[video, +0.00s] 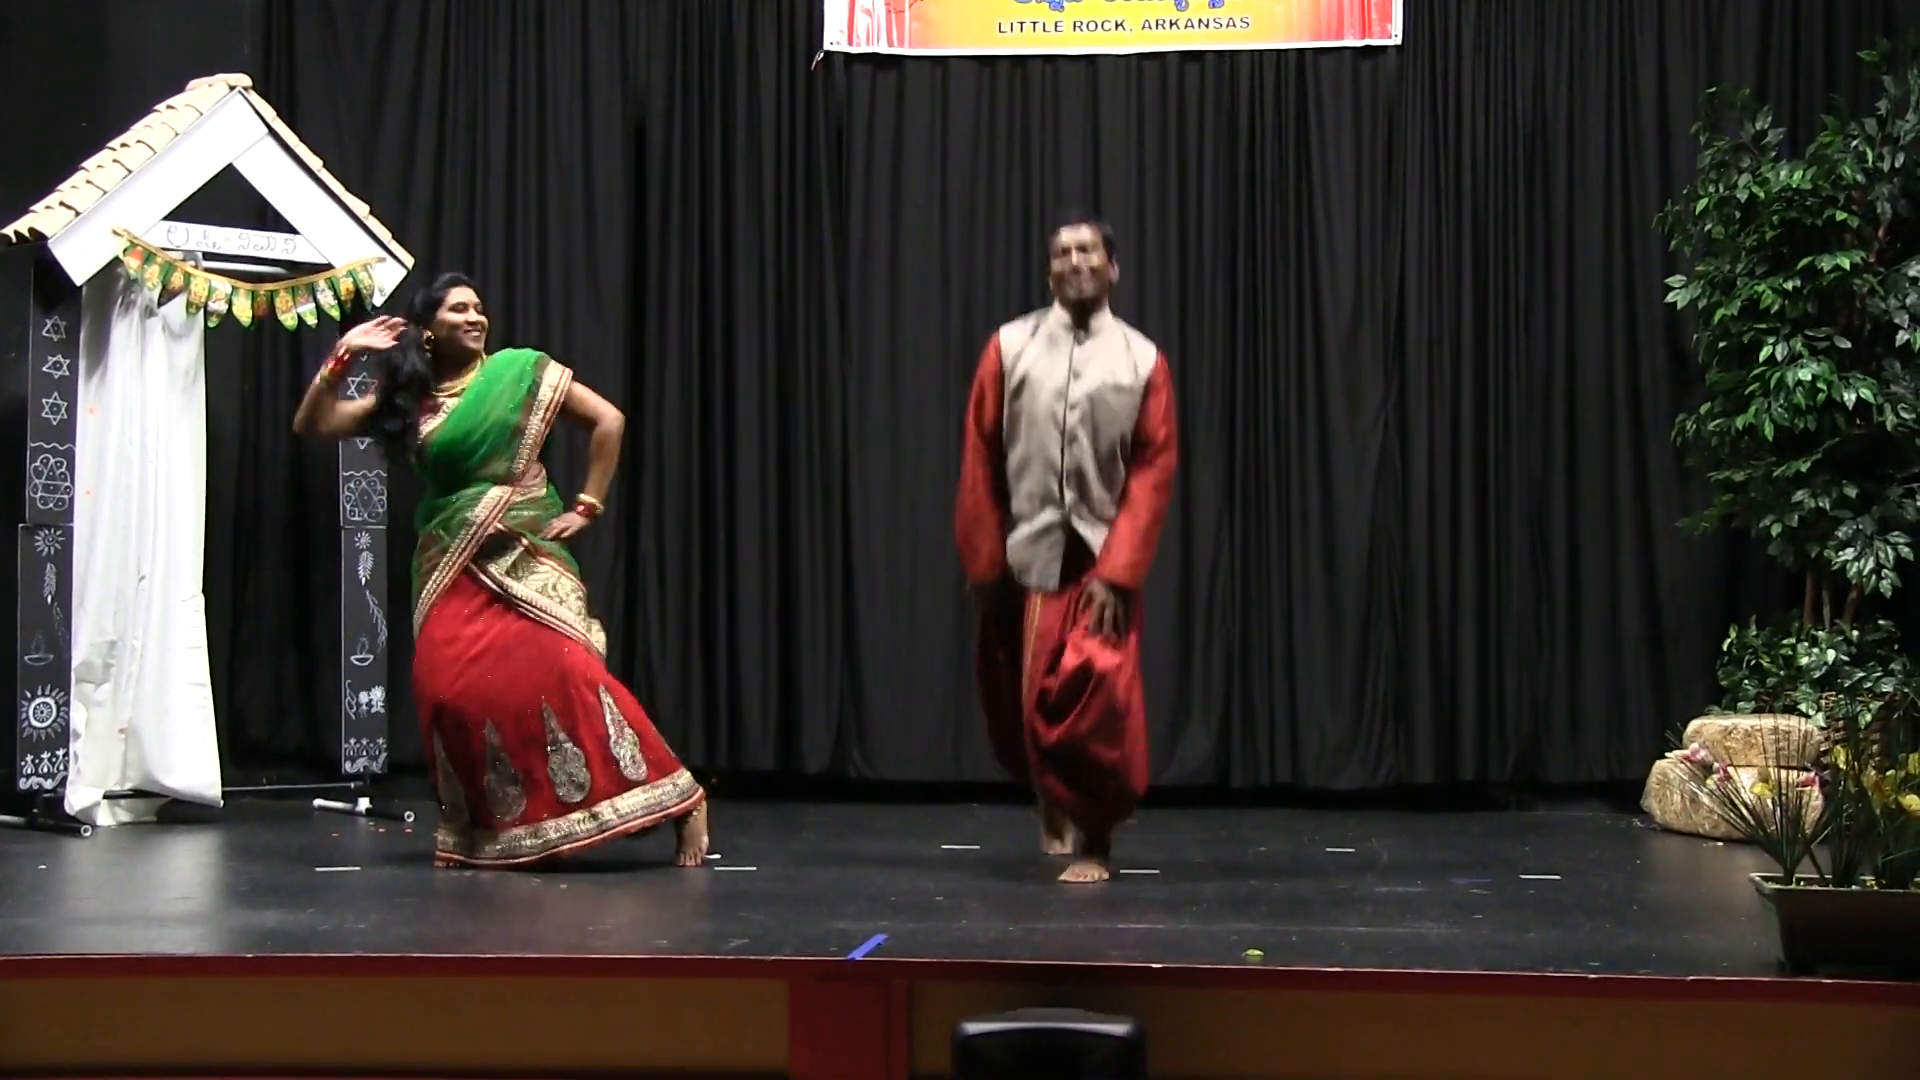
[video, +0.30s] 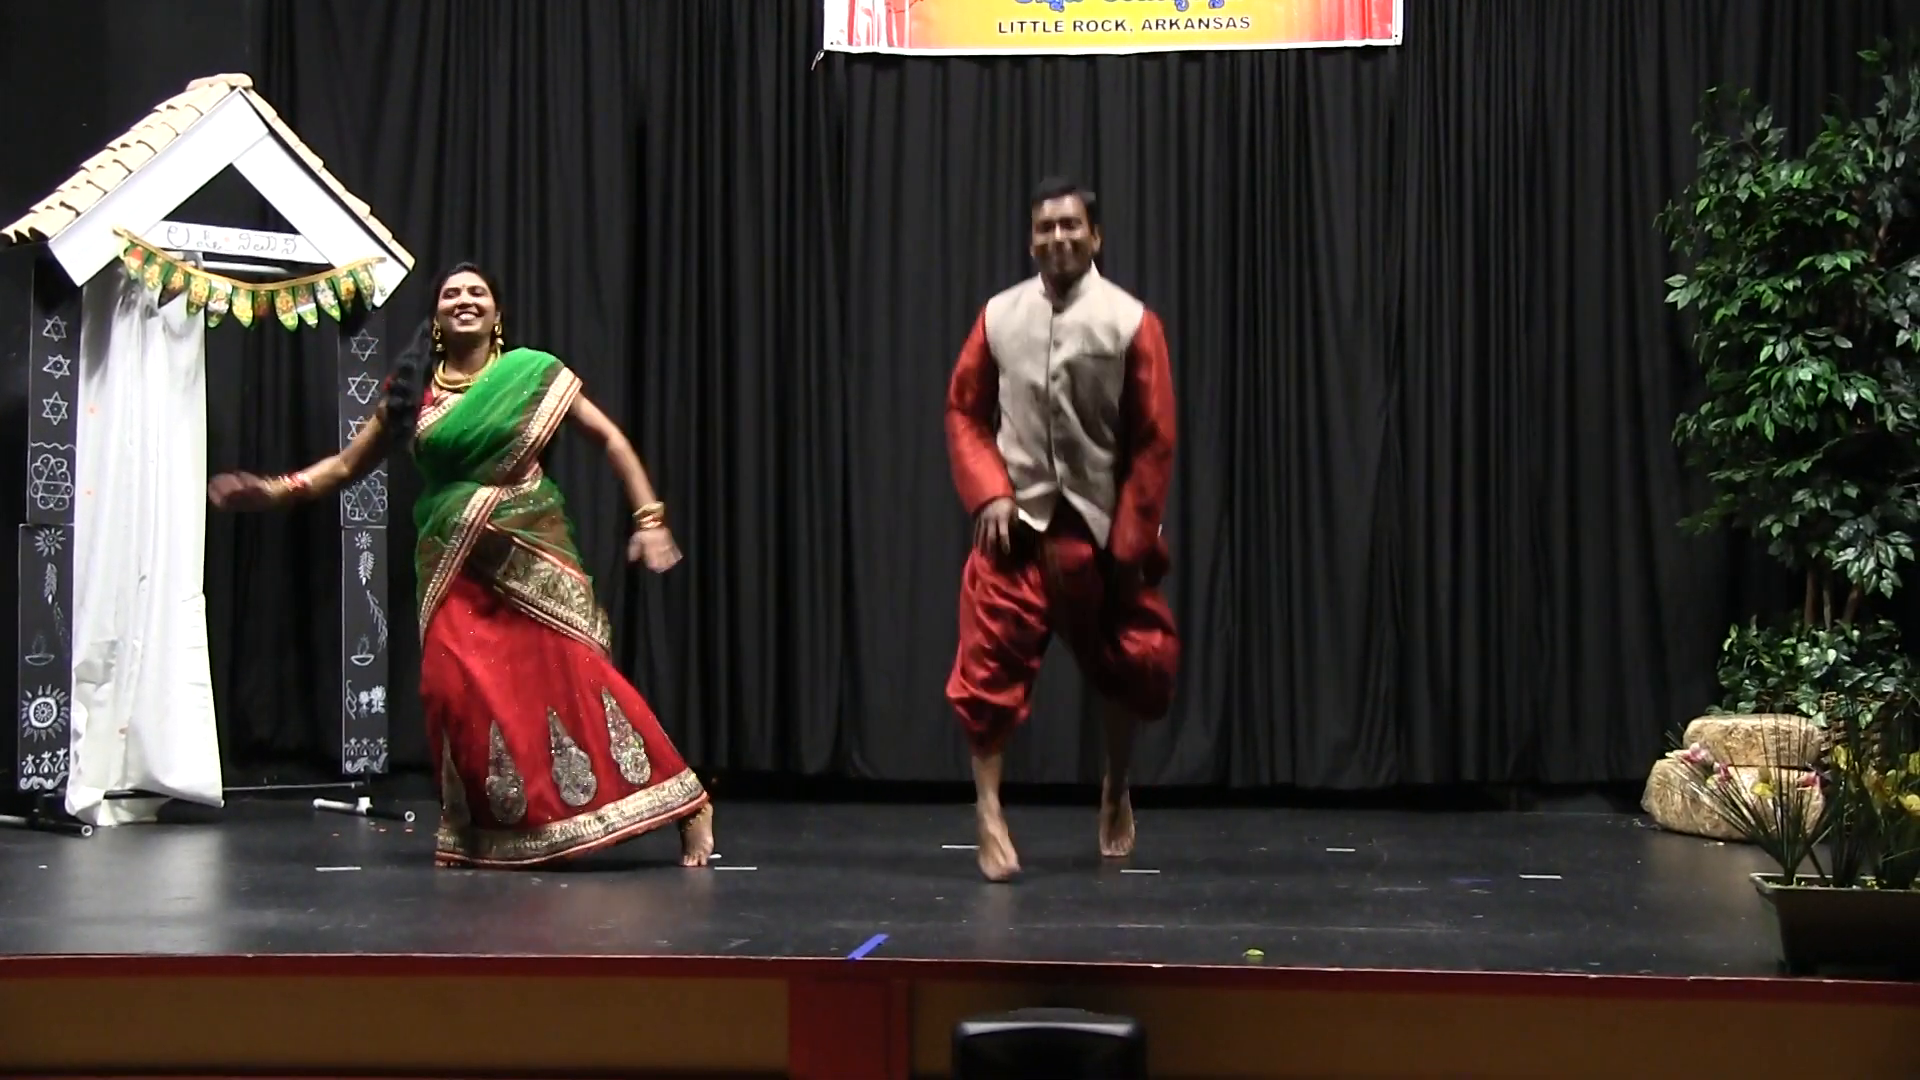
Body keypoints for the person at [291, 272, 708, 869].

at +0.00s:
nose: (474, 316)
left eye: (478, 309)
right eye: (458, 308)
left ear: (488, 322)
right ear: (426, 326)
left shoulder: (519, 369)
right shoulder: (409, 396)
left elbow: (608, 419)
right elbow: (313, 424)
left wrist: (589, 503)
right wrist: (341, 356)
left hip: (531, 549)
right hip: (451, 558)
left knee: (573, 671)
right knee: (440, 689)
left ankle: (685, 798)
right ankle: (461, 821)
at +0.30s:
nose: (464, 300)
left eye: (476, 294)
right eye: (451, 296)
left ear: (497, 317)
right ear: (436, 322)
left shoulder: (530, 370)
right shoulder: (412, 389)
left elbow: (611, 436)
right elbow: (346, 463)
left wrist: (651, 518)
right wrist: (270, 490)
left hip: (533, 550)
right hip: (452, 560)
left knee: (584, 677)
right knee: (447, 686)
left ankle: (688, 802)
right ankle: (463, 828)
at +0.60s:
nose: (467, 296)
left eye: (479, 288)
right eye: (457, 288)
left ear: (500, 307)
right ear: (444, 307)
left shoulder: (517, 373)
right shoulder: (426, 376)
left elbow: (542, 380)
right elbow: (389, 370)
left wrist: (515, 308)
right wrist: (379, 318)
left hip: (522, 539)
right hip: (445, 546)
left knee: (570, 660)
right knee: (447, 682)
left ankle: (624, 802)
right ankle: (477, 827)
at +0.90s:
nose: (480, 287)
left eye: (493, 276)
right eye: (477, 278)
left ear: (530, 286)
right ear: (475, 290)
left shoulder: (567, 352)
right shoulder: (451, 354)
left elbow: (662, 348)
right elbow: (375, 394)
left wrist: (623, 282)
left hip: (524, 528)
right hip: (443, 524)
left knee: (525, 667)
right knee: (376, 655)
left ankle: (522, 823)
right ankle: (320, 815)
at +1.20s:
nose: (488, 309)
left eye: (501, 300)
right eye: (490, 299)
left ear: (536, 313)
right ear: (497, 310)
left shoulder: (581, 380)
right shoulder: (465, 380)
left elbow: (674, 374)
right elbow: (407, 449)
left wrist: (625, 328)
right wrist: (369, 524)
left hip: (503, 546)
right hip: (423, 534)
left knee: (485, 681)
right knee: (359, 663)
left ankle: (497, 835)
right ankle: (308, 821)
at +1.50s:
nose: (492, 307)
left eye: (507, 300)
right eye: (493, 297)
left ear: (536, 316)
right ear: (488, 304)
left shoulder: (560, 387)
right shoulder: (444, 375)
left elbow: (650, 405)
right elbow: (403, 456)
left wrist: (601, 353)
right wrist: (392, 540)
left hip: (519, 555)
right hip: (441, 552)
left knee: (513, 687)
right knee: (376, 674)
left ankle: (517, 837)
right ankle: (327, 827)